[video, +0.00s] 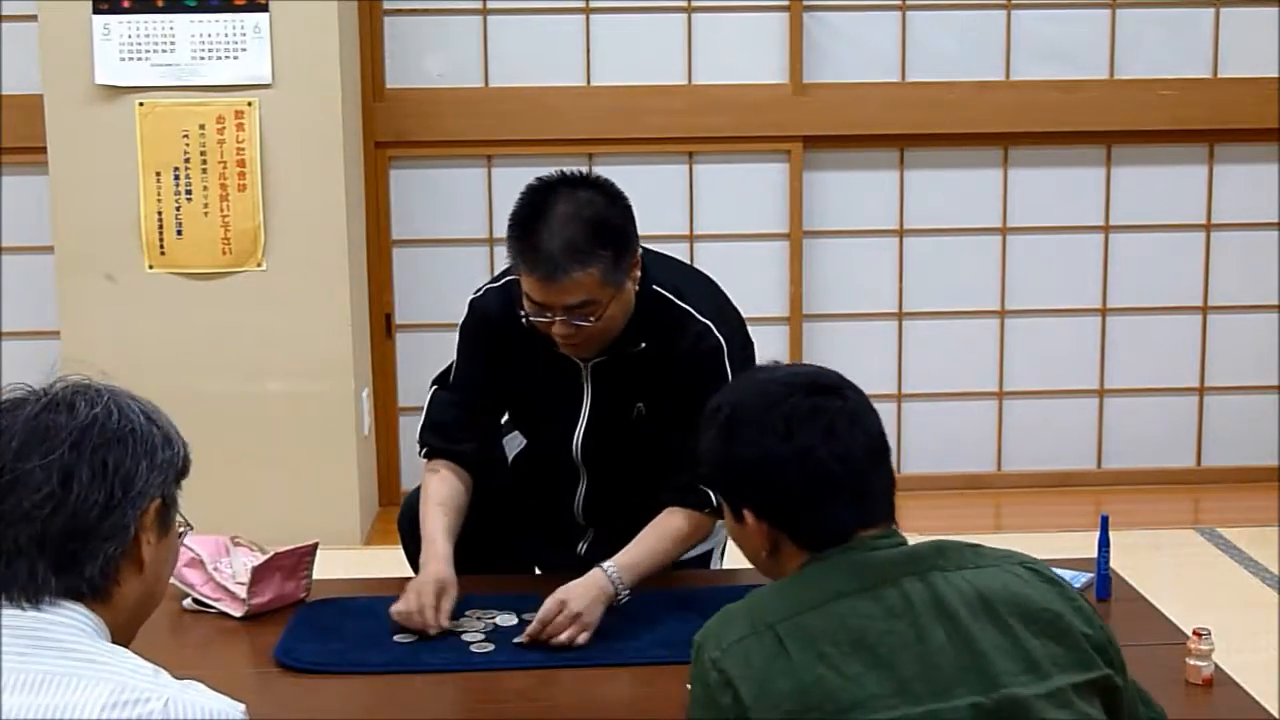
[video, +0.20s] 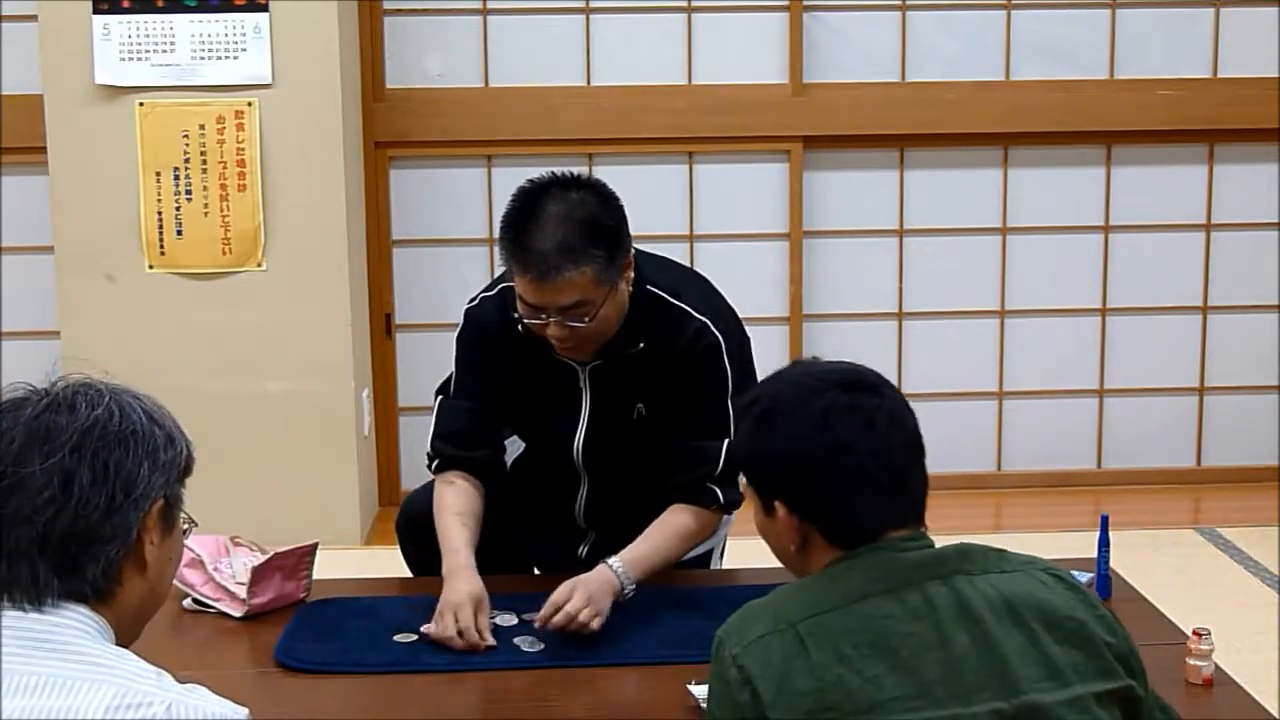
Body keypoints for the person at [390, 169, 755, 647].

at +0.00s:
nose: (559, 330)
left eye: (582, 312)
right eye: (540, 309)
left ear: (633, 271)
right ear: (520, 275)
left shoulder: (702, 331)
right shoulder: (497, 315)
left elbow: (706, 497)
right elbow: (452, 447)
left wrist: (605, 582)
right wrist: (436, 559)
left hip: (654, 520)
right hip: (544, 509)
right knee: (423, 514)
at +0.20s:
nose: (554, 332)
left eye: (576, 313)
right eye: (536, 310)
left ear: (626, 274)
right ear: (516, 279)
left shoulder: (700, 329)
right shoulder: (493, 320)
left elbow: (712, 493)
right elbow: (461, 457)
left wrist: (614, 575)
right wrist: (458, 569)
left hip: (655, 510)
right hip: (546, 505)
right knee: (421, 518)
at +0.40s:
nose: (551, 328)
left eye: (574, 311)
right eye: (533, 307)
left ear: (626, 273)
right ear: (515, 275)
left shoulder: (699, 332)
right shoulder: (492, 319)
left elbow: (693, 500)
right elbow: (455, 455)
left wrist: (572, 566)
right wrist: (433, 560)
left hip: (653, 513)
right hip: (544, 504)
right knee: (420, 520)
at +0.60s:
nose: (544, 320)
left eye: (566, 302)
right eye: (525, 297)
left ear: (624, 272)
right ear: (509, 267)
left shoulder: (695, 335)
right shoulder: (489, 323)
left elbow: (662, 496)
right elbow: (447, 460)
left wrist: (537, 573)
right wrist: (392, 566)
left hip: (652, 542)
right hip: (524, 536)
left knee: (638, 694)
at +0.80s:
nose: (534, 317)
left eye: (556, 299)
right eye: (516, 294)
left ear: (615, 265)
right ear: (498, 264)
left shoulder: (689, 332)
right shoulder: (484, 323)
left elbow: (655, 495)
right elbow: (440, 457)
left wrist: (534, 575)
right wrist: (379, 563)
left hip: (655, 529)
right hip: (534, 519)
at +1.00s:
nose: (527, 318)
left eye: (548, 301)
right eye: (510, 296)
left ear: (607, 267)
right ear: (493, 267)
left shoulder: (687, 330)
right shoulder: (482, 316)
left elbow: (666, 496)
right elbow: (434, 447)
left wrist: (549, 574)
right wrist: (391, 546)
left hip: (653, 544)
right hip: (528, 535)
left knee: (642, 690)